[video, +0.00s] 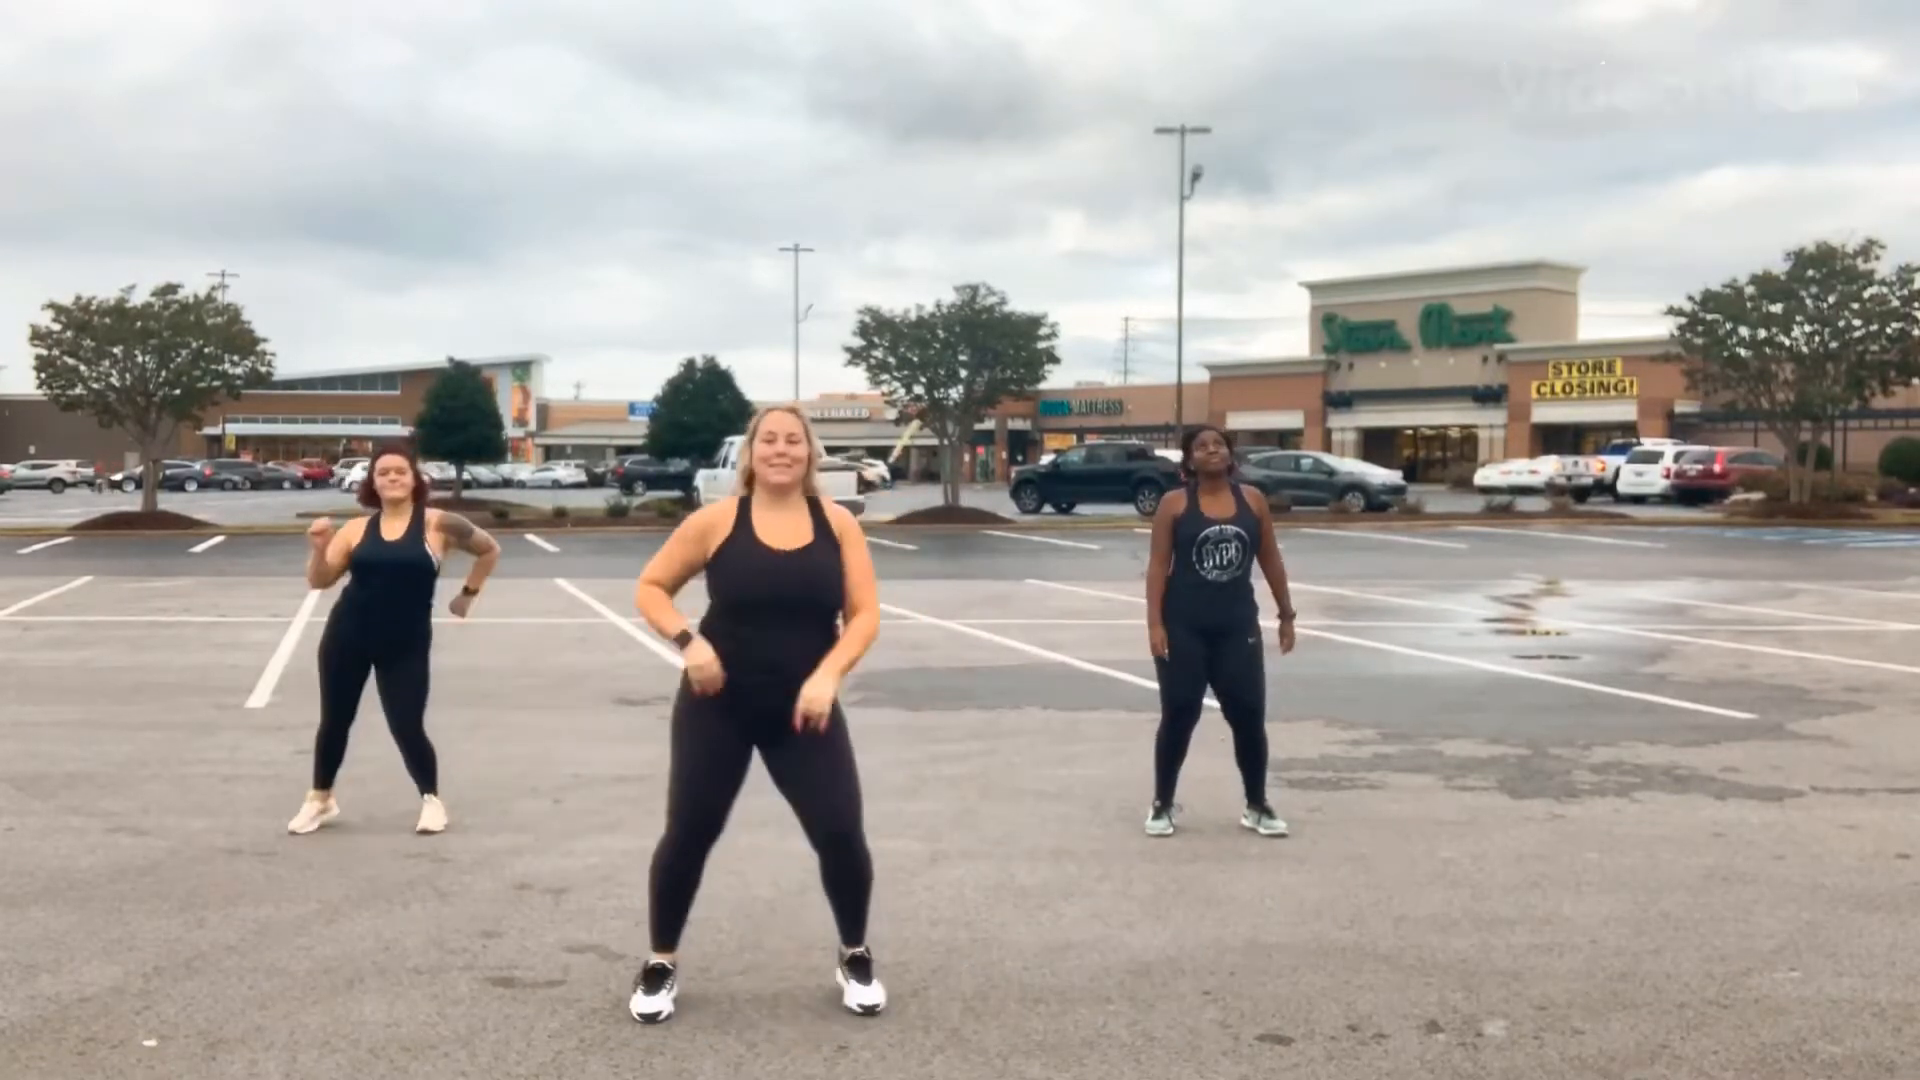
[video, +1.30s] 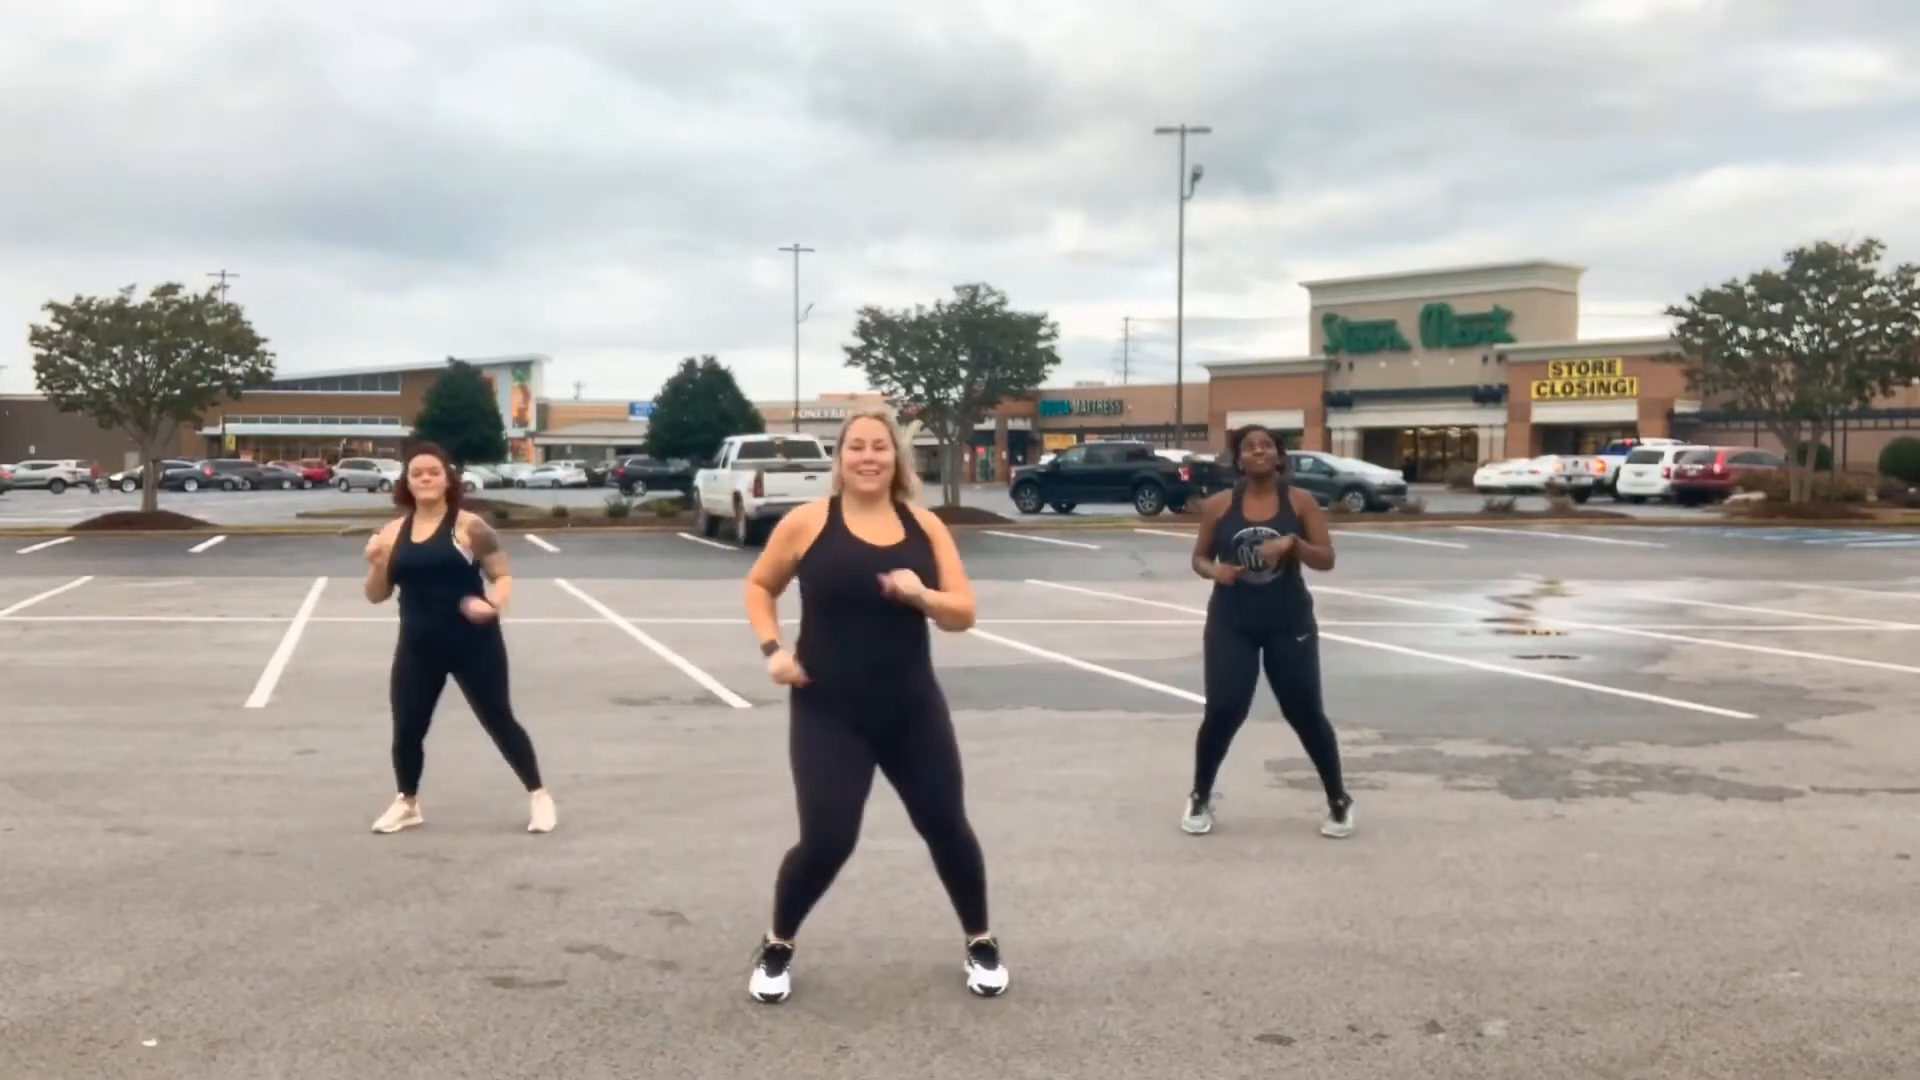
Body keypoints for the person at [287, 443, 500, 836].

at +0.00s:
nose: (392, 478)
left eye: (400, 472)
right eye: (384, 473)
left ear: (415, 480)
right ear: (373, 484)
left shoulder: (439, 523)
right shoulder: (356, 529)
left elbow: (489, 550)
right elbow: (319, 581)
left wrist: (467, 594)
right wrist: (319, 548)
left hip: (404, 643)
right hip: (348, 638)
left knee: (406, 728)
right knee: (334, 721)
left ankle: (431, 799)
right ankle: (320, 797)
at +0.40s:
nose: (409, 466)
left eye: (417, 459)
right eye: (401, 461)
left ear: (432, 467)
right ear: (391, 470)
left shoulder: (452, 514)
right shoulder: (373, 518)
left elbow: (486, 561)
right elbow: (351, 568)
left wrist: (452, 550)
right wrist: (332, 599)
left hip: (439, 633)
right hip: (385, 631)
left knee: (427, 717)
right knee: (365, 712)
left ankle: (434, 798)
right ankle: (377, 789)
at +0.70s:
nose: (416, 471)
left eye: (424, 465)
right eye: (408, 466)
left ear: (438, 473)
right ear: (397, 476)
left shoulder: (459, 523)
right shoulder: (377, 527)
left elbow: (470, 571)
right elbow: (366, 588)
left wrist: (456, 586)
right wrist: (362, 640)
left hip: (445, 638)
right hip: (388, 638)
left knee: (452, 719)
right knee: (397, 724)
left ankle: (447, 794)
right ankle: (404, 799)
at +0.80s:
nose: (420, 474)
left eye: (427, 468)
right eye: (412, 469)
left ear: (441, 476)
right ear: (400, 479)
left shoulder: (462, 526)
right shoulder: (378, 529)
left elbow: (482, 577)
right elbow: (364, 583)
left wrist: (483, 618)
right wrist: (359, 632)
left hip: (453, 642)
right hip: (397, 644)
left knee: (468, 715)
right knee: (402, 725)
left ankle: (481, 788)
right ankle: (405, 800)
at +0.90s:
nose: (426, 472)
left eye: (433, 466)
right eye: (418, 467)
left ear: (447, 475)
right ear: (405, 477)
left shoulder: (469, 523)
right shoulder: (383, 524)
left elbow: (512, 566)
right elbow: (346, 570)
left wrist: (521, 610)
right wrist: (361, 595)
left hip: (465, 635)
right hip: (410, 638)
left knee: (481, 716)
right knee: (408, 724)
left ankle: (527, 788)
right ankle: (405, 800)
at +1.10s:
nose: (434, 477)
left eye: (442, 470)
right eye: (426, 471)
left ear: (457, 478)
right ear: (415, 481)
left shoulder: (480, 516)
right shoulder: (400, 527)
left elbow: (529, 535)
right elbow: (355, 567)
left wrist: (538, 583)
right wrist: (389, 542)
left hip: (487, 637)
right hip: (438, 646)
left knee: (510, 716)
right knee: (417, 730)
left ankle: (542, 793)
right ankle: (409, 801)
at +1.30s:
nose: (426, 479)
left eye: (434, 472)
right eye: (417, 473)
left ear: (448, 479)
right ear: (407, 483)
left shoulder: (470, 526)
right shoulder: (393, 532)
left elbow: (502, 576)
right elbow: (376, 594)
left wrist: (494, 604)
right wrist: (378, 564)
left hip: (472, 642)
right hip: (418, 645)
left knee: (498, 721)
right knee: (406, 731)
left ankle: (538, 794)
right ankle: (407, 802)